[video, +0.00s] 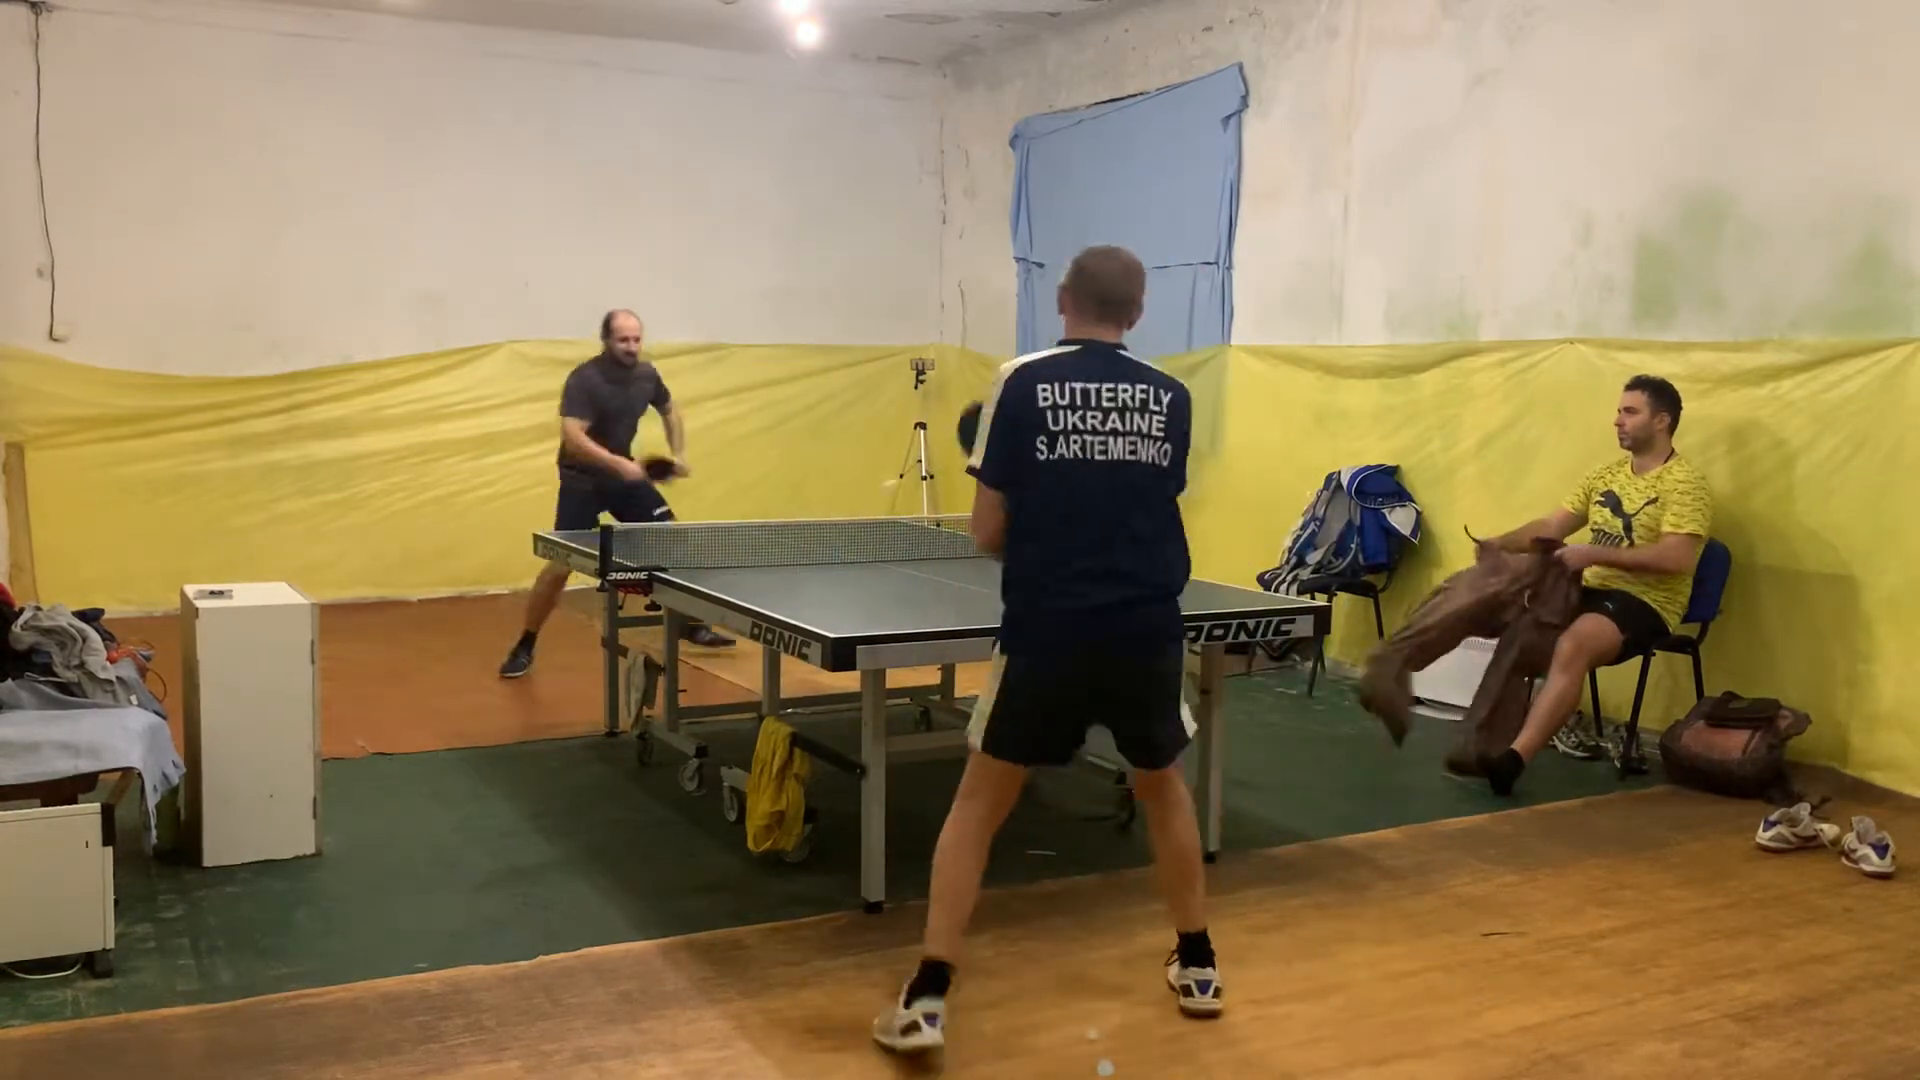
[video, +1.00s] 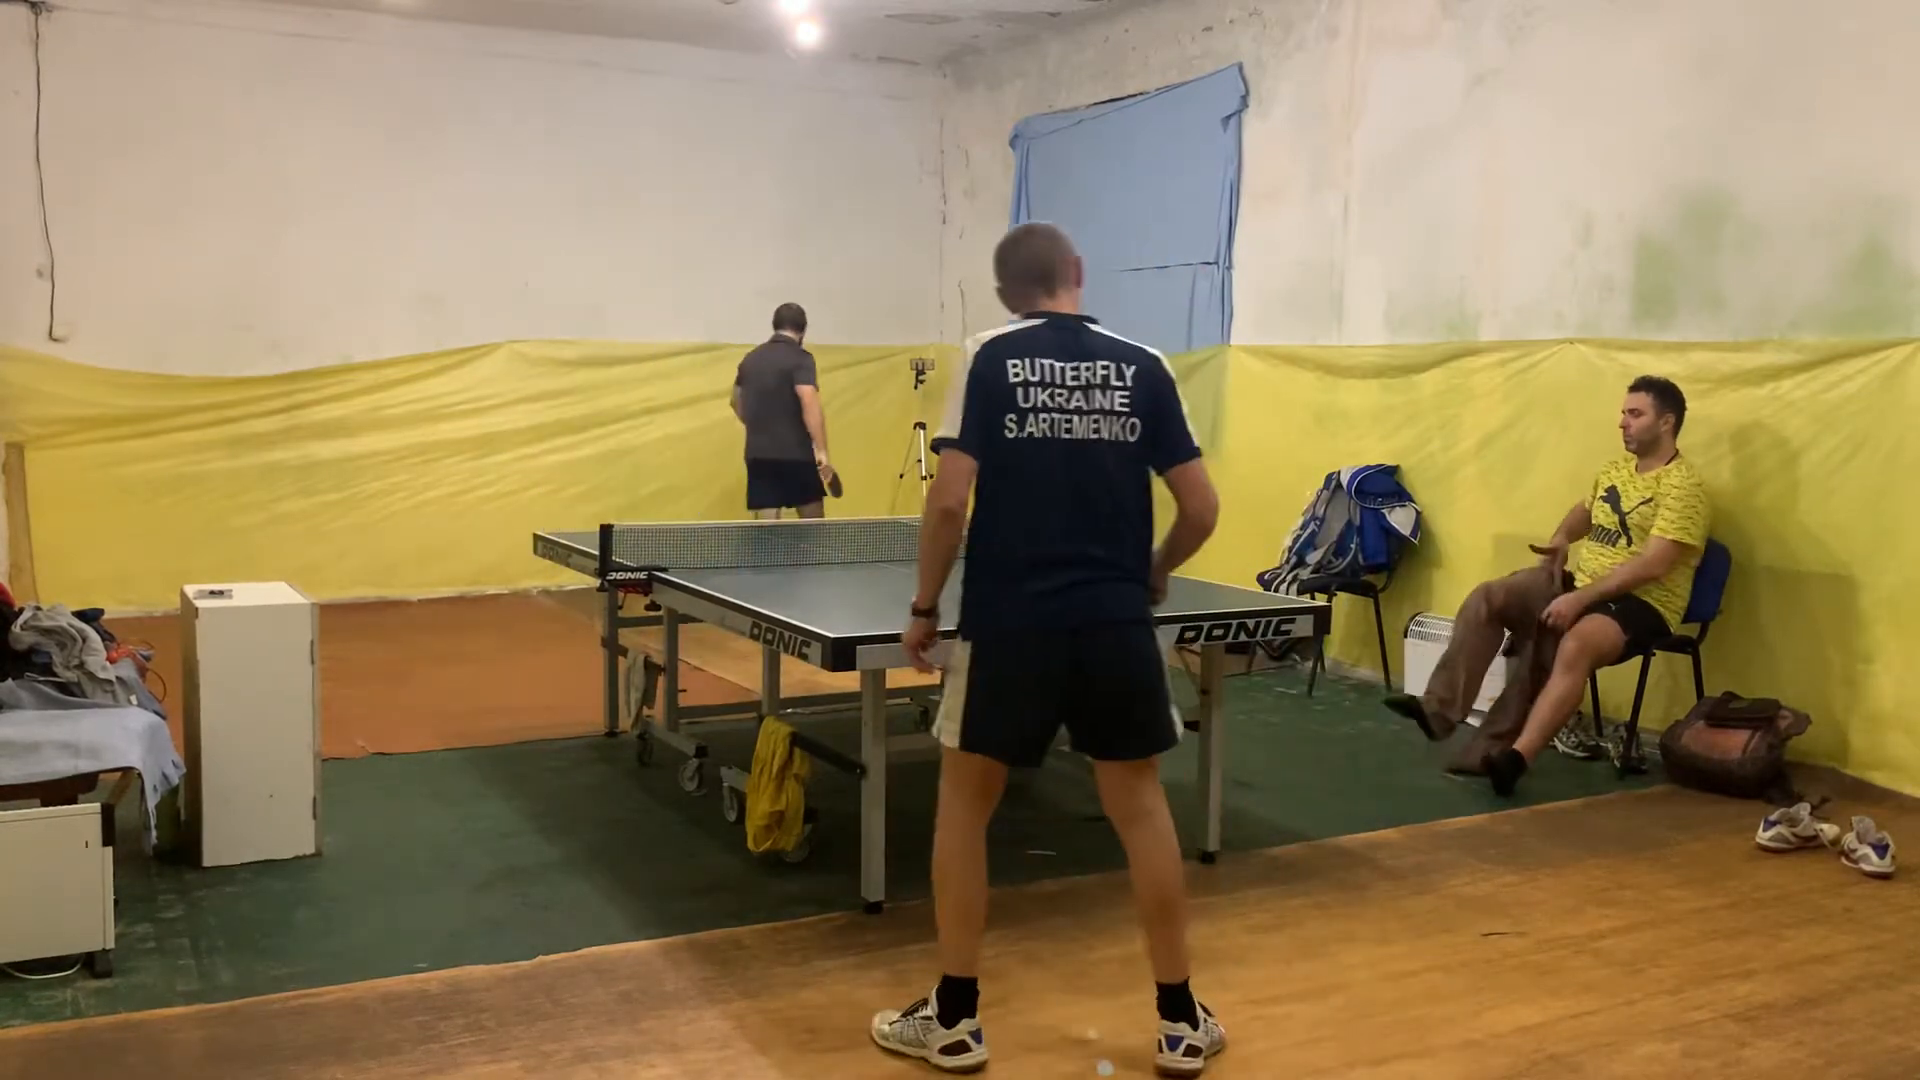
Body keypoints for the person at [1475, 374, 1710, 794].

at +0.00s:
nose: (1618, 420)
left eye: (1630, 413)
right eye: (1618, 412)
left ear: (1663, 421)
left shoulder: (1686, 483)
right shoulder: (1608, 475)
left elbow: (1678, 557)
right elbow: (1553, 526)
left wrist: (1593, 553)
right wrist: (1498, 544)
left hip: (1649, 600)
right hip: (1592, 590)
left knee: (1573, 644)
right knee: (1521, 628)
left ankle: (1514, 759)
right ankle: (1487, 743)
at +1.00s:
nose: (1623, 422)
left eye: (1634, 414)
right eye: (1624, 413)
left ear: (1668, 423)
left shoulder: (1683, 485)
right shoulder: (1618, 468)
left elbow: (1656, 563)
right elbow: (1587, 512)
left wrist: (1582, 598)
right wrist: (1561, 537)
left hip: (1643, 599)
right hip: (1582, 581)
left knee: (1573, 642)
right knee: (1487, 599)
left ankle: (1513, 757)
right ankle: (1441, 710)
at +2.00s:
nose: (1600, 428)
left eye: (1610, 418)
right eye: (1597, 419)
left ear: (1644, 420)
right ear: (1596, 422)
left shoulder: (1679, 483)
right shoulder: (1592, 476)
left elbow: (1680, 568)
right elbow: (1561, 546)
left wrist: (1647, 630)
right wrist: (1531, 592)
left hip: (1627, 596)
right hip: (1570, 587)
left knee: (1557, 627)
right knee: (1496, 614)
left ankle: (1531, 751)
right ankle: (1458, 723)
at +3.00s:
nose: (1599, 429)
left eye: (1609, 419)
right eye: (1596, 420)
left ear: (1642, 421)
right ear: (1594, 422)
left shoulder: (1677, 482)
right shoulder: (1591, 476)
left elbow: (1684, 568)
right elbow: (1561, 545)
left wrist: (1644, 628)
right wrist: (1534, 593)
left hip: (1631, 596)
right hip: (1573, 588)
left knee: (1554, 626)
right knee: (1494, 615)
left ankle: (1531, 751)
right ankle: (1488, 734)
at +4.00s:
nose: (1592, 412)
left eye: (1605, 404)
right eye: (1589, 403)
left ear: (1635, 411)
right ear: (1584, 408)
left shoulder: (1655, 472)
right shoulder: (1573, 462)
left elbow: (1639, 548)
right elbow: (1513, 492)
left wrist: (1557, 526)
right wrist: (1534, 449)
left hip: (1637, 601)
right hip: (1572, 593)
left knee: (1580, 651)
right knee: (1474, 630)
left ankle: (1577, 746)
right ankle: (1535, 722)